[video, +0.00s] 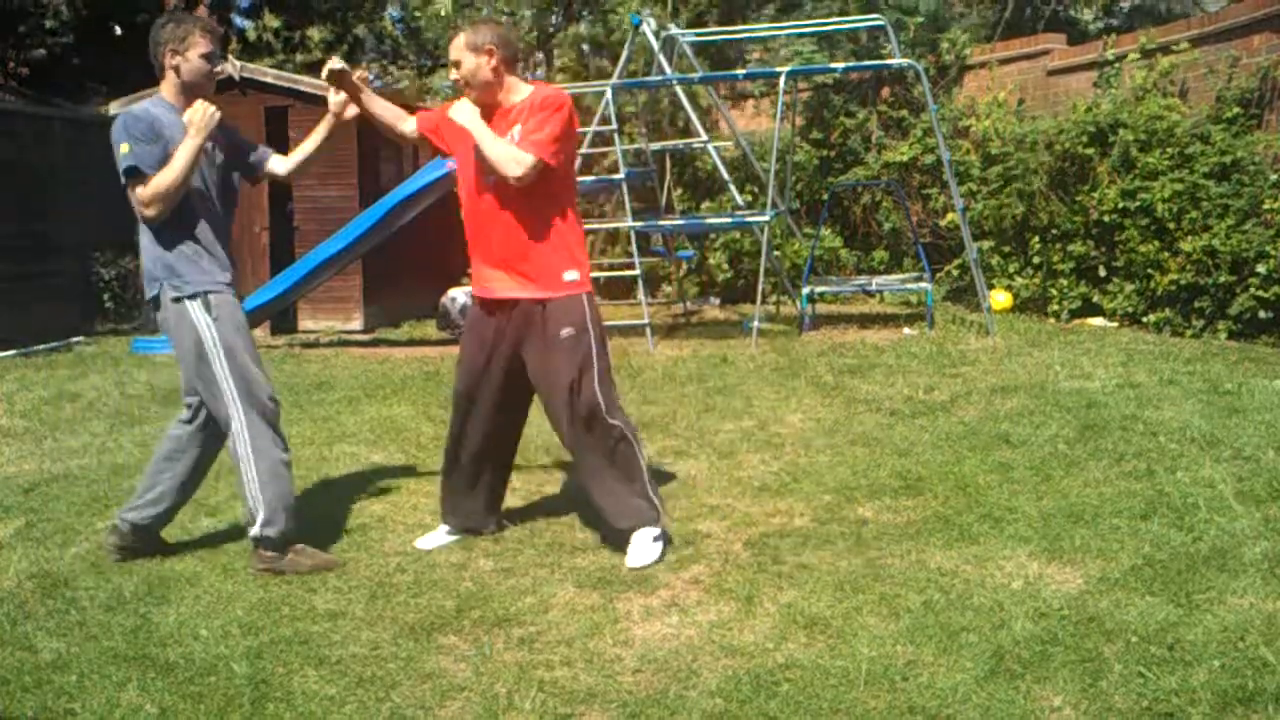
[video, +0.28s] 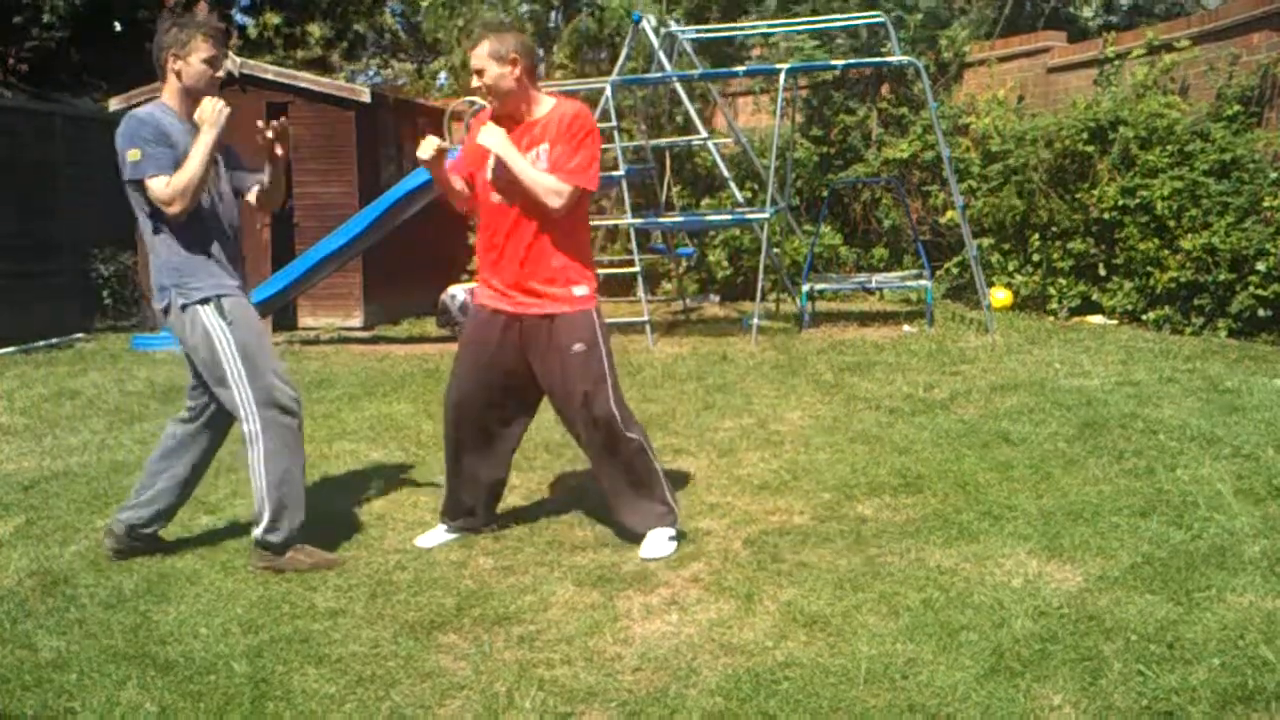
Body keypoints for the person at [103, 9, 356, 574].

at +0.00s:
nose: (219, 68)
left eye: (220, 58)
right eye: (209, 58)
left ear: (188, 62)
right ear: (173, 60)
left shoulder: (208, 123)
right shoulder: (136, 120)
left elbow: (278, 167)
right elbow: (149, 206)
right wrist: (195, 139)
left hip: (213, 284)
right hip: (187, 286)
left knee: (207, 410)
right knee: (251, 402)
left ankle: (136, 527)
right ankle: (273, 542)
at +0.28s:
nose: (220, 74)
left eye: (222, 64)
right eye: (210, 63)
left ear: (211, 66)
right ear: (173, 63)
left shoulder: (206, 129)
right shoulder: (140, 124)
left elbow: (267, 202)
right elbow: (172, 199)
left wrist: (278, 159)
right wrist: (207, 134)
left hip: (222, 282)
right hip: (195, 286)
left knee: (208, 409)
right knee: (270, 400)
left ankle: (133, 527)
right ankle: (278, 542)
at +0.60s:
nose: (195, 86)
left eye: (196, 77)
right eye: (186, 76)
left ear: (151, 80)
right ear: (149, 77)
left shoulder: (135, 130)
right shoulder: (131, 130)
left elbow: (166, 208)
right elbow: (172, 207)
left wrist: (202, 149)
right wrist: (206, 149)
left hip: (138, 300)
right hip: (161, 296)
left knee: (142, 426)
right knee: (240, 409)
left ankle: (80, 541)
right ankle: (272, 542)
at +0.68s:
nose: (185, 92)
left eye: (185, 82)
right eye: (176, 82)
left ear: (148, 85)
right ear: (141, 82)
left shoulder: (141, 138)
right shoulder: (119, 135)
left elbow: (179, 215)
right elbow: (151, 215)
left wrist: (199, 162)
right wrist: (188, 155)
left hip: (133, 302)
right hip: (147, 299)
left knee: (143, 421)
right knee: (233, 407)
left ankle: (83, 540)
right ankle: (273, 542)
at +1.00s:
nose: (160, 82)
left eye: (161, 73)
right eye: (152, 72)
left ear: (135, 75)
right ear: (118, 71)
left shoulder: (152, 132)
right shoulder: (87, 135)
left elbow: (220, 161)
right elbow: (113, 216)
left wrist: (273, 142)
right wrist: (153, 146)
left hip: (165, 292)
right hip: (150, 295)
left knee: (156, 418)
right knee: (226, 406)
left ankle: (85, 540)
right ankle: (249, 547)